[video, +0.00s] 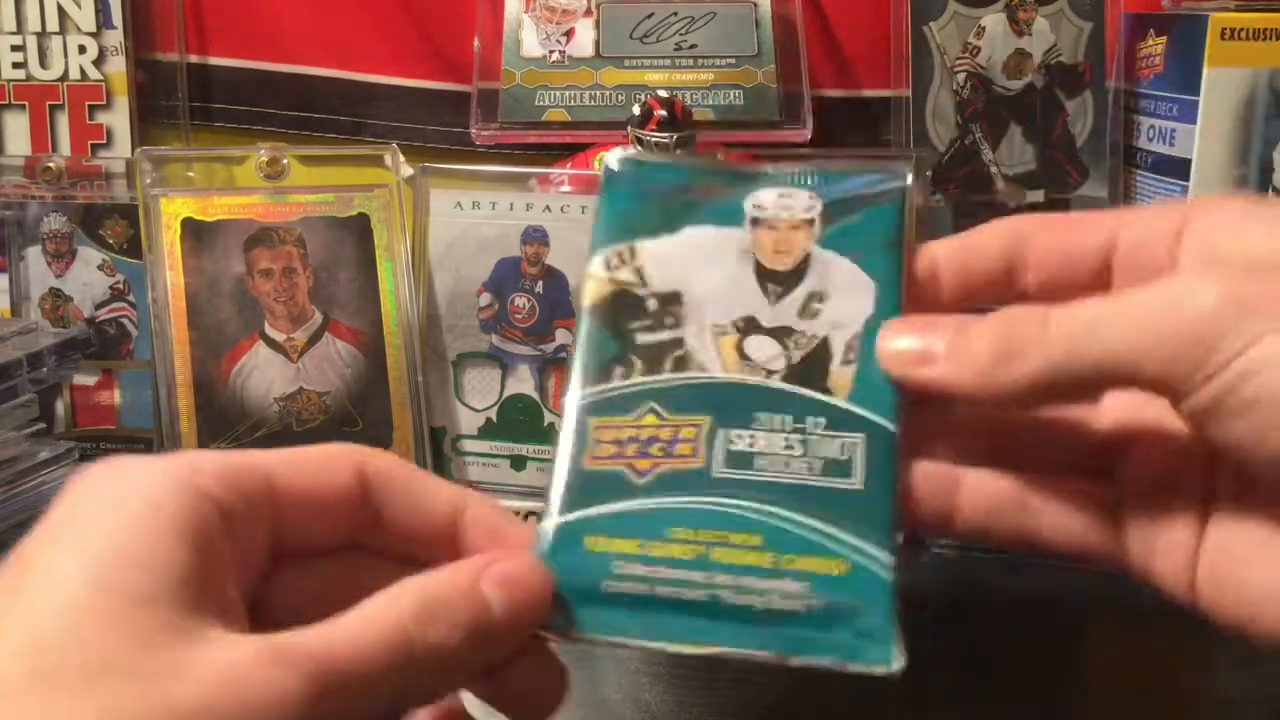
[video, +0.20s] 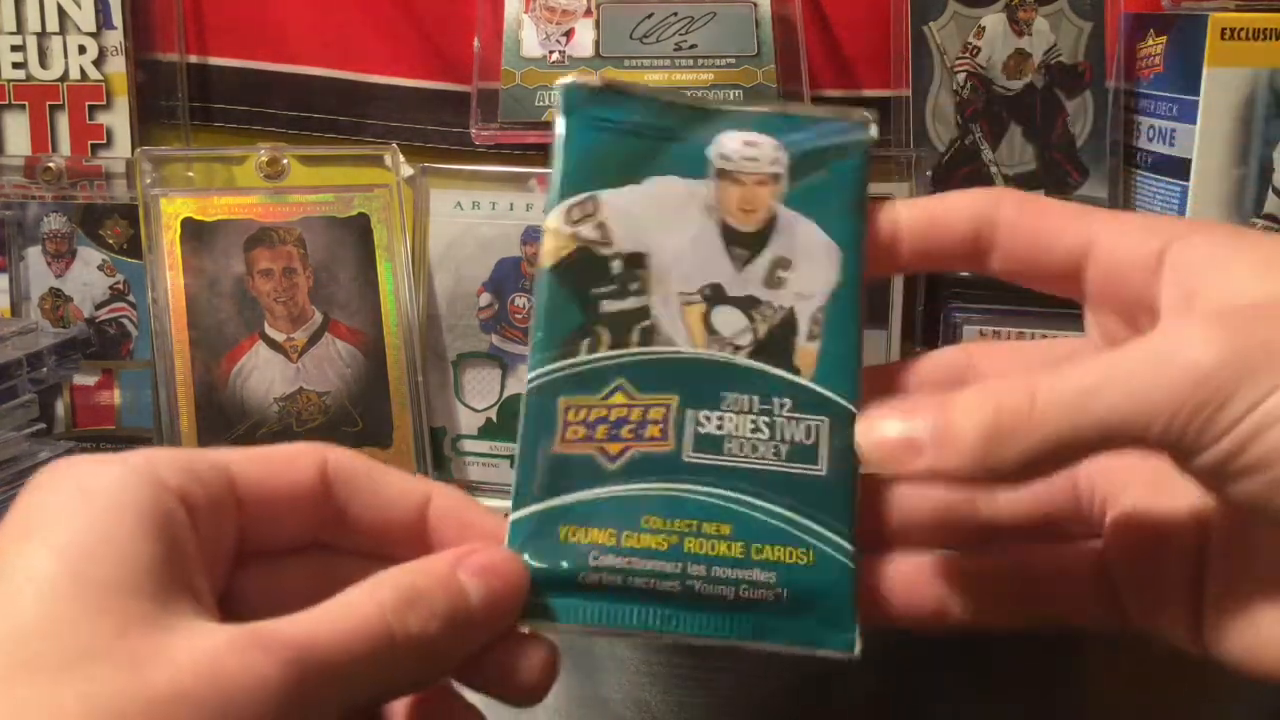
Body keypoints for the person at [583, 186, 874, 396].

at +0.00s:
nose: (782, 240)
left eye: (795, 228)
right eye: (770, 227)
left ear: (814, 233)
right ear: (751, 230)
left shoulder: (850, 286)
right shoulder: (704, 252)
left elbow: (845, 376)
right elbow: (607, 267)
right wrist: (637, 324)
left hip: (793, 422)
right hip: (699, 409)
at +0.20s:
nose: (748, 197)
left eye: (761, 185)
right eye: (735, 184)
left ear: (779, 188)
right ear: (715, 183)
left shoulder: (815, 251)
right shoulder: (668, 205)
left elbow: (807, 343)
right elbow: (561, 227)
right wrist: (609, 302)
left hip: (756, 402)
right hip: (664, 387)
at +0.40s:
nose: (729, 200)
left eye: (741, 187)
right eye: (716, 188)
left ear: (758, 188)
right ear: (695, 189)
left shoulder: (798, 248)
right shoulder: (647, 218)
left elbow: (796, 349)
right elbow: (545, 249)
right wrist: (593, 309)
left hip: (747, 399)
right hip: (652, 392)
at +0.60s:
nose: (720, 207)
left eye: (731, 192)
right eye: (707, 195)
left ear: (748, 193)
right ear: (686, 197)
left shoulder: (786, 243)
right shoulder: (642, 230)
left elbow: (791, 335)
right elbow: (560, 256)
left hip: (749, 389)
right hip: (662, 387)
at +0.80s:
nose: (722, 221)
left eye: (731, 207)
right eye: (709, 209)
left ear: (749, 204)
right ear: (689, 211)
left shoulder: (789, 253)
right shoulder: (644, 246)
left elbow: (792, 338)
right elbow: (555, 274)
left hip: (753, 394)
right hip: (668, 396)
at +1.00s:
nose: (716, 228)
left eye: (727, 214)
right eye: (703, 217)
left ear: (744, 212)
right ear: (684, 220)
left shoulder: (782, 255)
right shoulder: (642, 257)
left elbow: (789, 334)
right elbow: (550, 293)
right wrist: (563, 375)